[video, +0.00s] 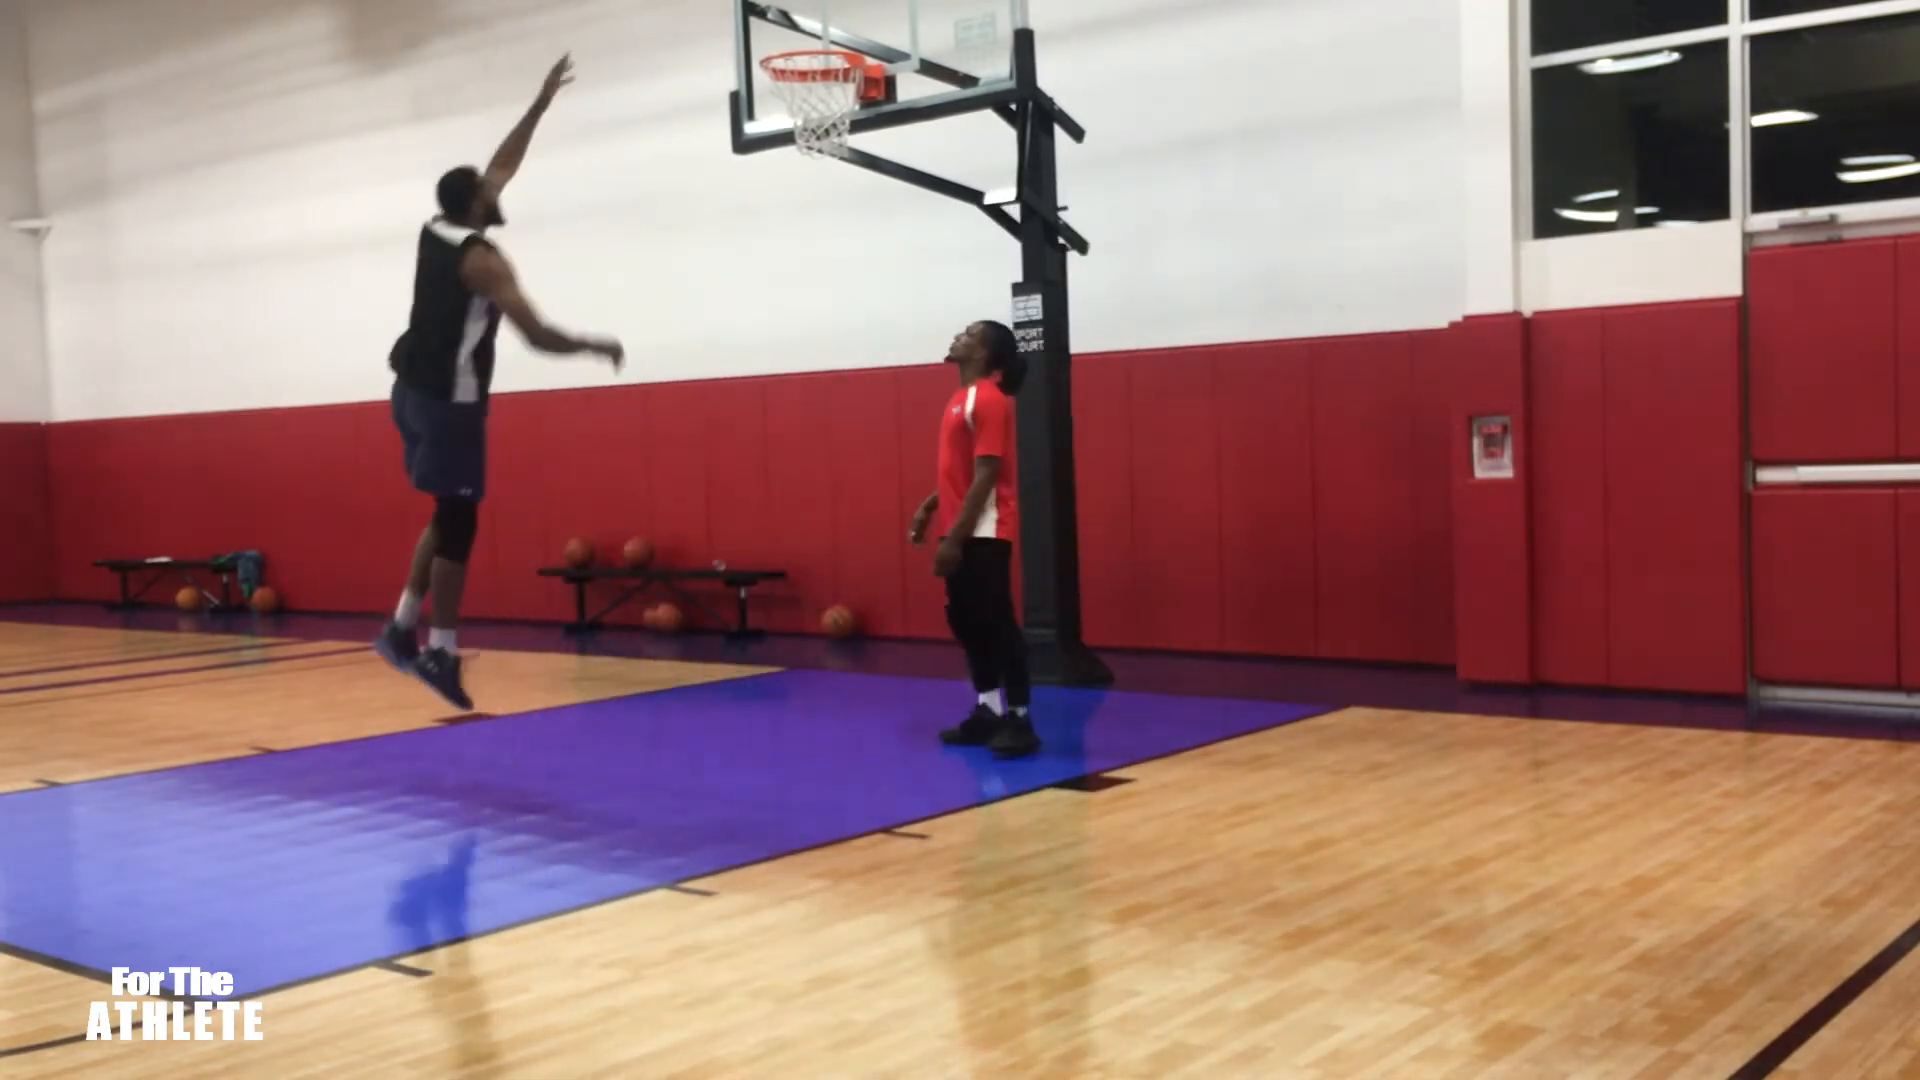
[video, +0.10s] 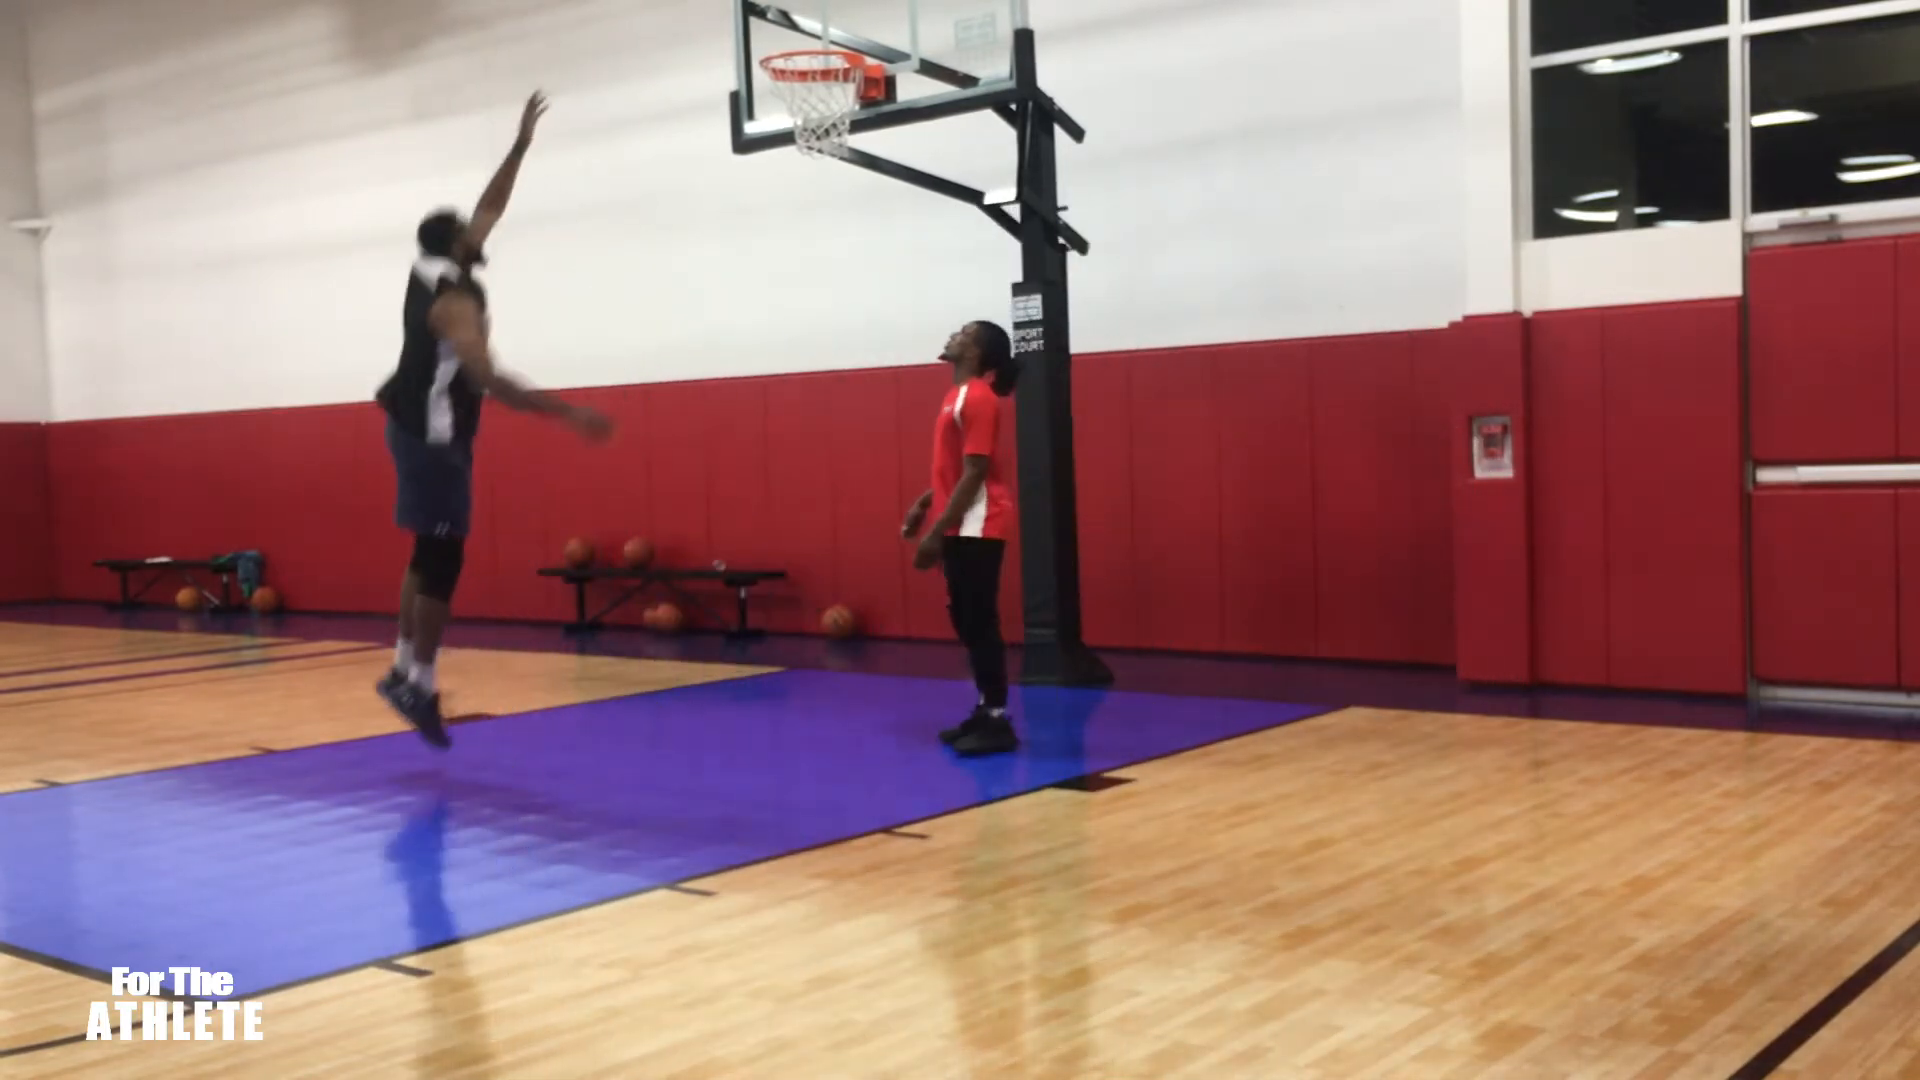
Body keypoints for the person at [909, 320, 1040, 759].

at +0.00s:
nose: (957, 336)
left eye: (968, 334)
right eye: (962, 331)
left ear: (985, 352)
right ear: (969, 352)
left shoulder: (989, 397)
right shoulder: (961, 398)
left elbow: (988, 472)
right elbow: (963, 470)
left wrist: (956, 536)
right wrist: (930, 503)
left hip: (987, 530)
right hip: (963, 530)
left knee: (996, 619)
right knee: (965, 618)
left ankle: (1018, 718)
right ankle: (989, 710)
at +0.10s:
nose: (952, 335)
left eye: (963, 333)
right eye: (957, 330)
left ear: (978, 351)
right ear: (966, 350)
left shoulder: (978, 396)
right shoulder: (957, 396)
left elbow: (977, 469)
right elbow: (956, 469)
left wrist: (939, 530)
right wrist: (923, 503)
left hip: (978, 524)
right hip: (960, 524)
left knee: (978, 618)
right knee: (968, 618)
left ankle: (997, 717)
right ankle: (985, 709)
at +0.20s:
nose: (945, 337)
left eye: (955, 334)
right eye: (950, 331)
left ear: (970, 351)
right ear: (966, 352)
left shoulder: (968, 396)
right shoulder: (957, 395)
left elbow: (966, 468)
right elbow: (953, 469)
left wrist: (927, 531)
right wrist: (919, 502)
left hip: (968, 523)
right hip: (965, 520)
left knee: (952, 616)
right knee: (976, 614)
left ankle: (973, 713)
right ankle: (992, 711)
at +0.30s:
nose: (940, 337)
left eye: (949, 334)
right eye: (945, 332)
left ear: (961, 351)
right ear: (961, 353)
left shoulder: (957, 395)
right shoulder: (954, 395)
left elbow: (956, 467)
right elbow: (952, 469)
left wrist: (923, 533)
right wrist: (917, 503)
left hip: (959, 526)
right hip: (969, 524)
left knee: (936, 615)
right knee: (974, 615)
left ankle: (939, 713)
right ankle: (992, 711)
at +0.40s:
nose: (932, 338)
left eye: (942, 335)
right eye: (938, 333)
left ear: (953, 352)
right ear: (954, 355)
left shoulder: (948, 396)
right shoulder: (950, 396)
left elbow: (946, 469)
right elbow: (943, 469)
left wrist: (922, 535)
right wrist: (913, 505)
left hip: (950, 530)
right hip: (964, 529)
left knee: (923, 616)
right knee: (969, 617)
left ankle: (913, 713)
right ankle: (991, 710)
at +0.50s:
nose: (922, 342)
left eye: (931, 339)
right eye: (928, 337)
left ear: (941, 354)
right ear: (948, 358)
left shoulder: (935, 397)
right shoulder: (948, 397)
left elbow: (936, 468)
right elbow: (940, 468)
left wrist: (919, 537)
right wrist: (908, 510)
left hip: (937, 533)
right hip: (957, 531)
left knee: (910, 618)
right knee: (962, 618)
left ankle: (897, 712)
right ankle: (989, 709)